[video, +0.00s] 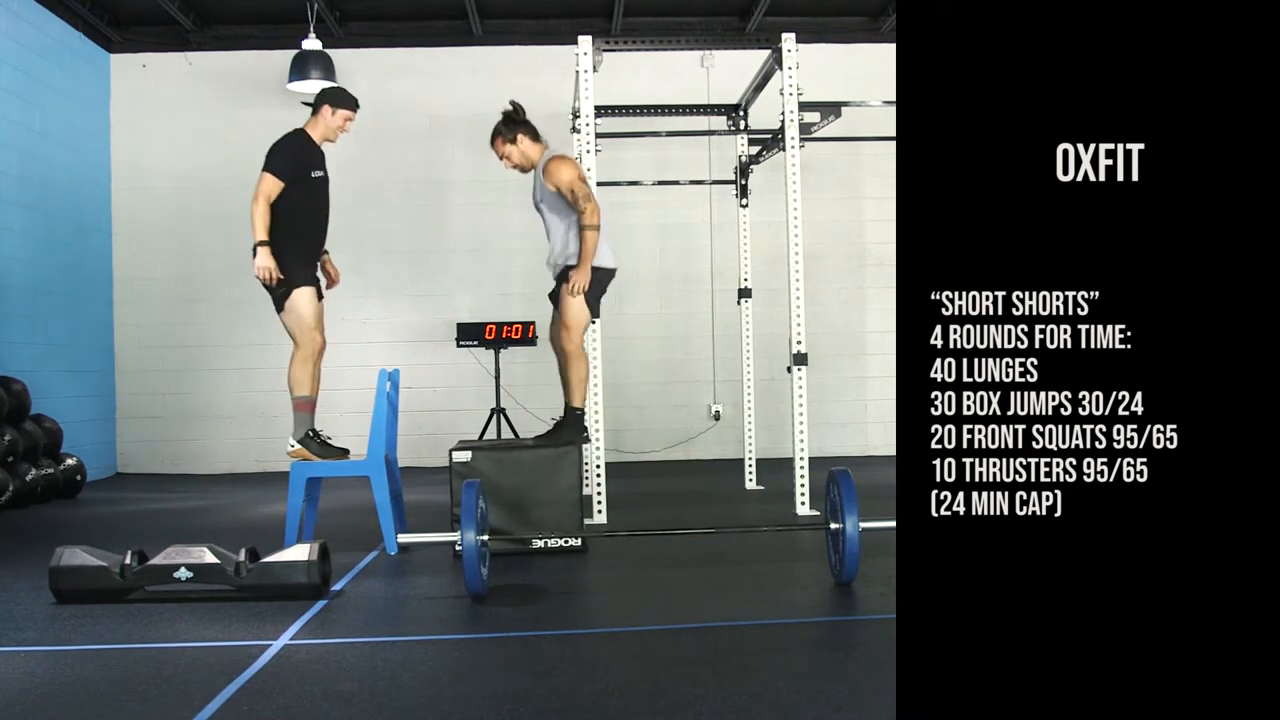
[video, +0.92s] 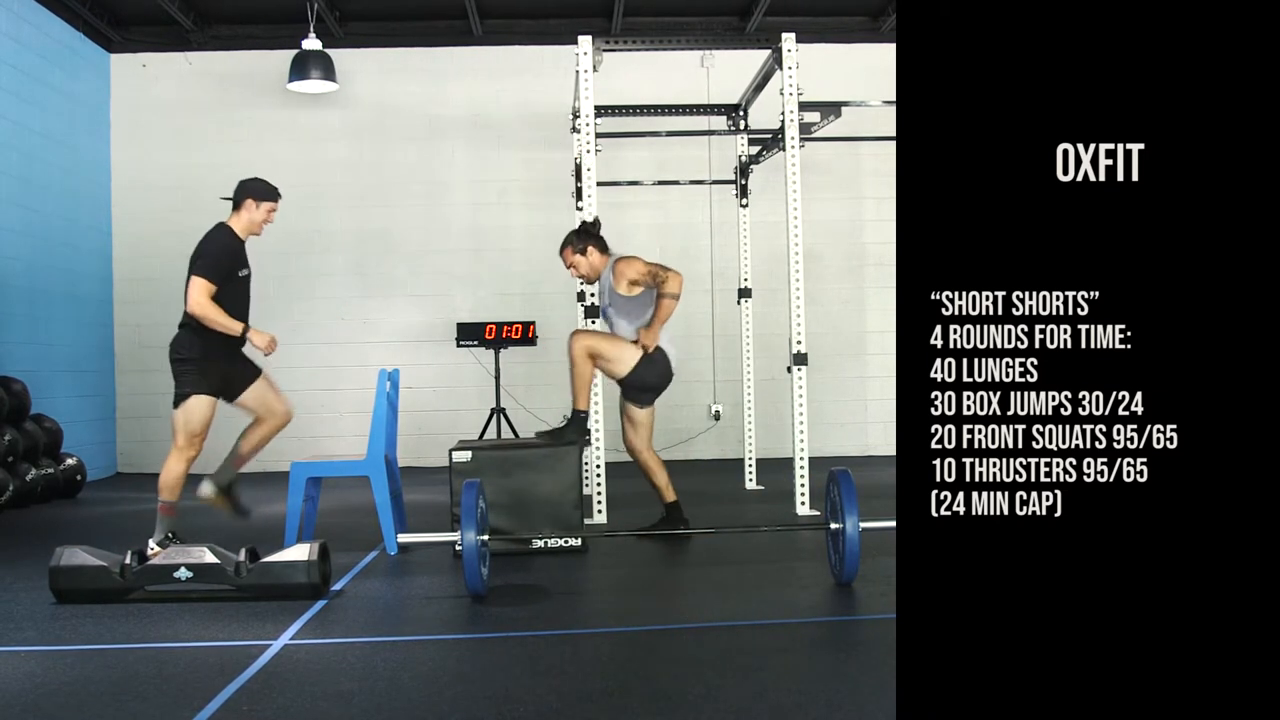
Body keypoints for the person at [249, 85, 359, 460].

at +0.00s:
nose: (347, 128)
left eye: (351, 122)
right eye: (345, 119)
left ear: (331, 116)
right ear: (325, 112)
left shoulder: (315, 152)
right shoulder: (291, 147)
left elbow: (306, 212)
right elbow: (261, 200)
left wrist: (322, 256)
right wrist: (262, 249)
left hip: (304, 262)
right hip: (285, 259)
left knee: (315, 344)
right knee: (308, 343)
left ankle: (306, 433)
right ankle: (301, 435)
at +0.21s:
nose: (348, 144)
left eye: (352, 139)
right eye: (347, 136)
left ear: (334, 132)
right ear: (327, 126)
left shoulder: (315, 166)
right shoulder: (290, 157)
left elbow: (299, 223)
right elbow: (263, 209)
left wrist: (313, 266)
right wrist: (284, 255)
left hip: (288, 265)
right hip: (262, 261)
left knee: (321, 345)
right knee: (303, 344)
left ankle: (306, 436)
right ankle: (253, 423)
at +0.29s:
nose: (347, 160)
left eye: (351, 154)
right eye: (346, 151)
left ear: (330, 145)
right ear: (328, 141)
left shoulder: (309, 179)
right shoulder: (289, 169)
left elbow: (290, 236)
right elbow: (261, 219)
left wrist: (304, 279)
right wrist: (296, 262)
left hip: (282, 276)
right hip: (254, 273)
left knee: (323, 346)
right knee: (283, 361)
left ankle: (306, 437)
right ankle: (224, 438)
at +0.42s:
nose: (339, 191)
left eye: (343, 185)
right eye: (338, 182)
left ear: (322, 174)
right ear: (320, 171)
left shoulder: (297, 207)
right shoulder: (283, 196)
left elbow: (267, 254)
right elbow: (258, 242)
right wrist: (303, 279)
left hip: (270, 306)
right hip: (240, 303)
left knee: (328, 348)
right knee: (238, 398)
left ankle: (307, 436)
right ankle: (192, 484)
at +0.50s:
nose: (327, 212)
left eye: (330, 206)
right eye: (326, 204)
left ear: (310, 197)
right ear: (308, 194)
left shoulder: (285, 229)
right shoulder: (271, 219)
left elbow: (257, 278)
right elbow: (251, 269)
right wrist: (303, 297)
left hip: (261, 327)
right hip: (229, 326)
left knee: (327, 350)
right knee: (216, 422)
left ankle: (307, 438)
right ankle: (180, 512)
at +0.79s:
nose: (280, 226)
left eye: (282, 220)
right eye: (277, 218)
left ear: (260, 213)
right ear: (258, 210)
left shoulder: (241, 246)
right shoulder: (225, 245)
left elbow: (225, 307)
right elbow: (210, 308)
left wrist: (254, 341)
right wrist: (263, 333)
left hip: (230, 348)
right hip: (201, 351)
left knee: (302, 363)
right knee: (196, 448)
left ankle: (260, 439)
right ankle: (163, 537)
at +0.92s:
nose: (271, 219)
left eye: (273, 213)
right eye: (268, 211)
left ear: (251, 208)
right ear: (248, 206)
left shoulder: (236, 245)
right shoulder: (219, 242)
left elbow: (214, 304)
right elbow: (197, 303)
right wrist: (249, 332)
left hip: (226, 355)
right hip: (197, 354)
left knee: (277, 414)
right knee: (187, 446)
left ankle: (220, 483)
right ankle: (162, 537)